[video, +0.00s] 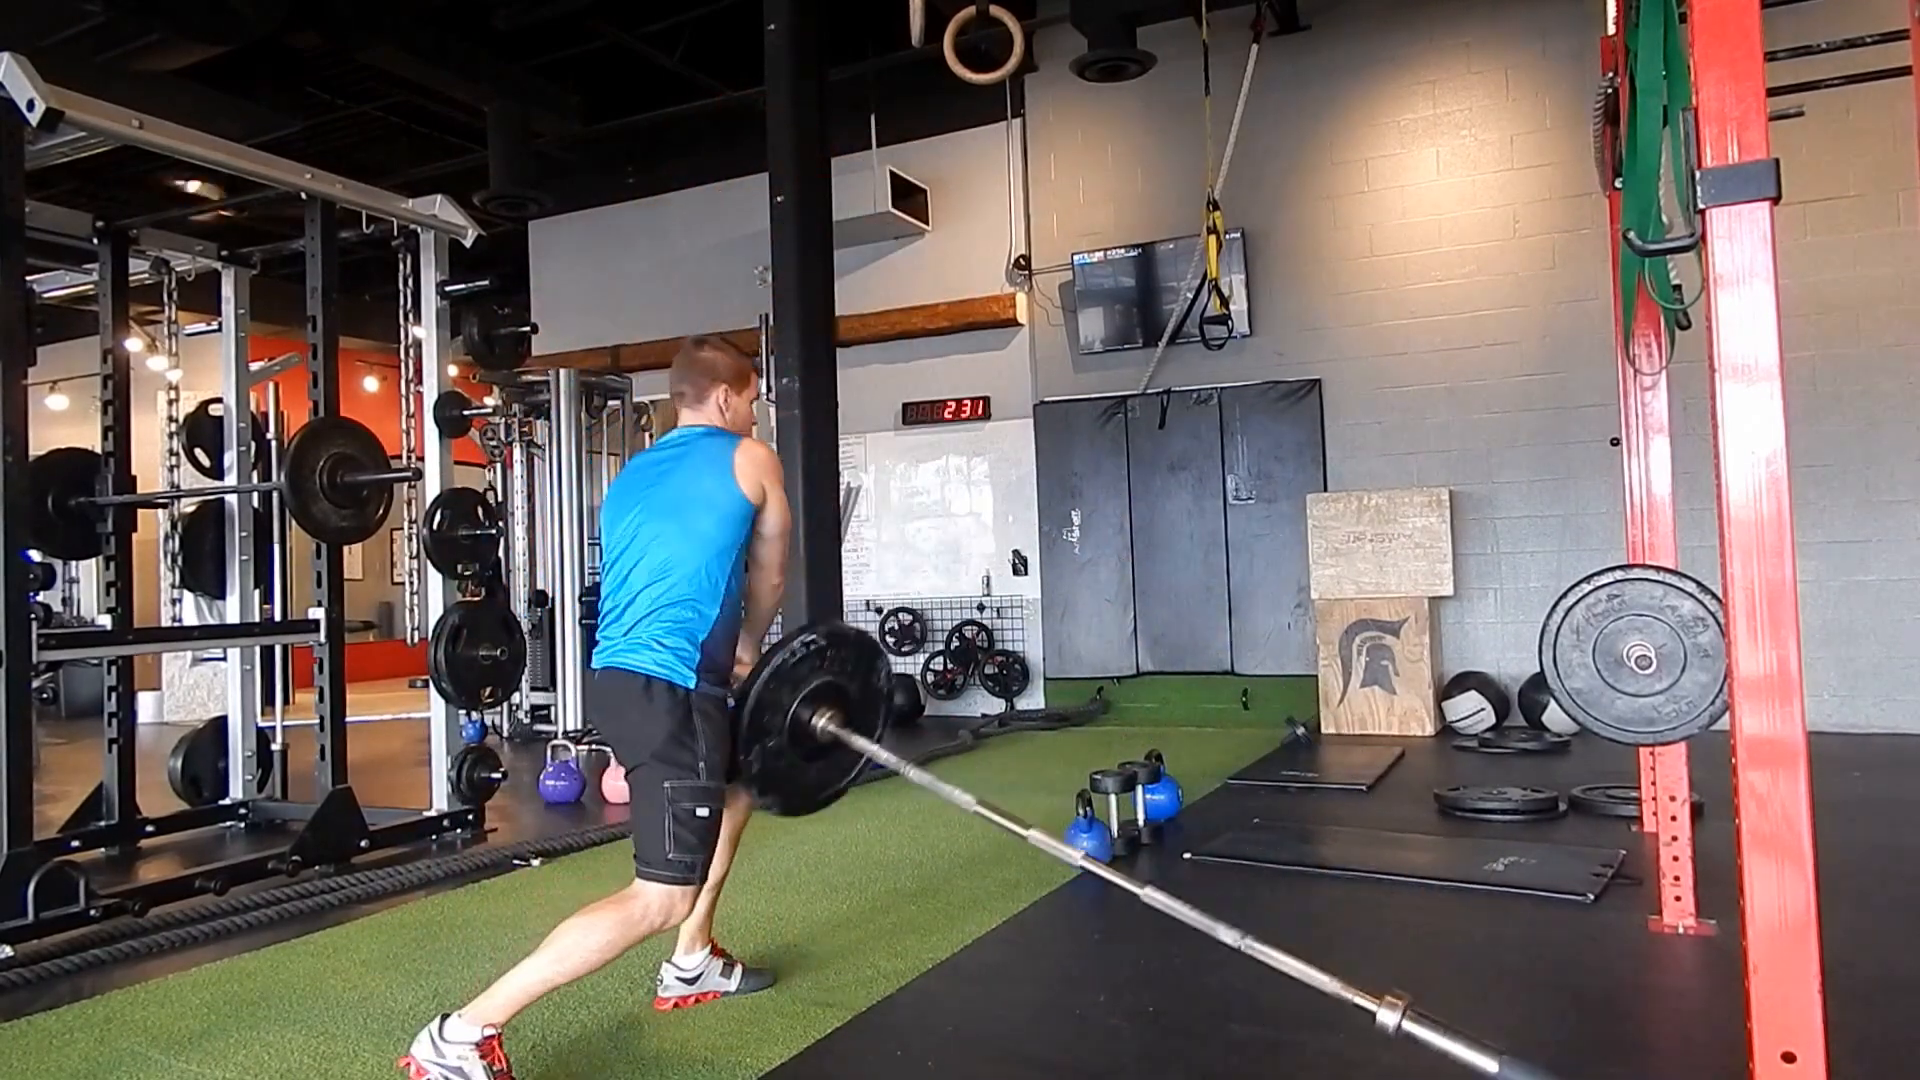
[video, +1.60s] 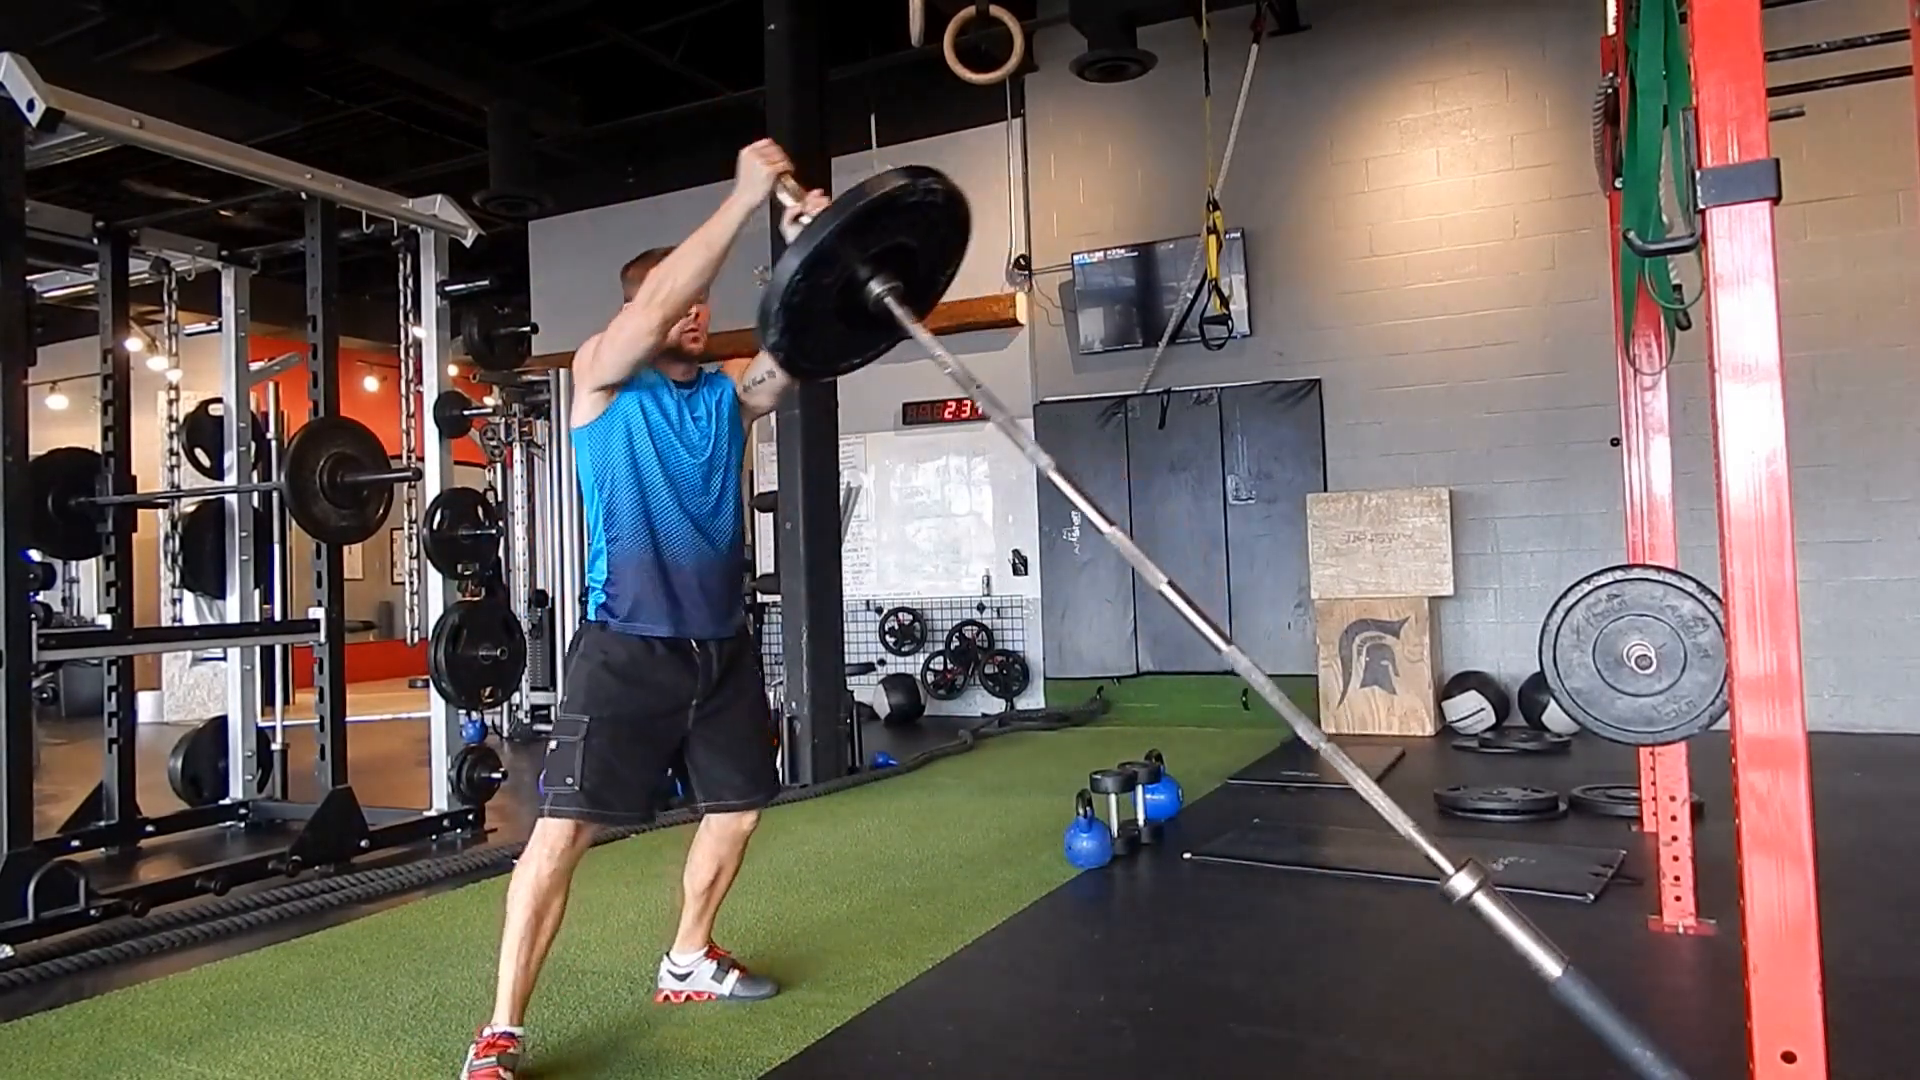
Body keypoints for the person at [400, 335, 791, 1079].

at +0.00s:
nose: (753, 413)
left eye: (752, 401)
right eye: (750, 401)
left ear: (681, 400)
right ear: (726, 399)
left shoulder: (628, 475)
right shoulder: (751, 458)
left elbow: (631, 586)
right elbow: (767, 584)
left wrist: (722, 649)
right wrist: (746, 643)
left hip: (613, 679)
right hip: (668, 688)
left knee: (736, 788)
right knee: (662, 895)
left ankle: (693, 959)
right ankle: (464, 1030)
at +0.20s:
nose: (762, 427)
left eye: (761, 414)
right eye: (758, 414)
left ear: (687, 418)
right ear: (733, 415)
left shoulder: (629, 489)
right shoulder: (764, 483)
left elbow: (618, 595)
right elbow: (754, 608)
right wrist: (724, 681)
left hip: (608, 691)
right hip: (664, 700)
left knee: (714, 800)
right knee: (668, 914)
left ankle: (692, 962)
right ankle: (457, 1034)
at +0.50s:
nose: (718, 364)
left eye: (717, 351)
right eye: (711, 350)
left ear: (650, 352)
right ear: (672, 347)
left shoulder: (615, 427)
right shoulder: (690, 404)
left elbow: (669, 555)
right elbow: (775, 506)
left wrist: (766, 556)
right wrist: (757, 543)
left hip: (662, 660)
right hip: (637, 664)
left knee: (729, 781)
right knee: (641, 862)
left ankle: (690, 961)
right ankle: (459, 1033)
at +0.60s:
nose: (708, 333)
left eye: (705, 320)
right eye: (697, 317)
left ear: (645, 324)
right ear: (649, 319)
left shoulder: (651, 408)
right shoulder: (640, 371)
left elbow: (711, 510)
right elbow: (770, 428)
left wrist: (814, 469)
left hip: (678, 645)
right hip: (624, 645)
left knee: (727, 788)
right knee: (613, 839)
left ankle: (688, 960)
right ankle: (479, 1029)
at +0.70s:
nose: (702, 316)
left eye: (700, 304)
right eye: (688, 302)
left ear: (654, 309)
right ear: (640, 307)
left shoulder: (677, 401)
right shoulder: (613, 359)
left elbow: (759, 454)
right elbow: (750, 359)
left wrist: (840, 388)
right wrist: (825, 333)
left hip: (688, 633)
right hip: (619, 630)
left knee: (728, 787)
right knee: (595, 824)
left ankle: (684, 961)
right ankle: (498, 1024)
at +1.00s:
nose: (721, 288)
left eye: (720, 279)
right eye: (705, 278)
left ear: (708, 296)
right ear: (657, 296)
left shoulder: (728, 371)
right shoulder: (630, 349)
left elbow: (809, 320)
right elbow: (738, 288)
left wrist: (877, 239)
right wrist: (848, 201)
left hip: (712, 634)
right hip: (627, 633)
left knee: (728, 788)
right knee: (576, 823)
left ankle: (687, 959)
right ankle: (507, 1027)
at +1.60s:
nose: (696, 311)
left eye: (699, 299)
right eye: (678, 299)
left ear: (707, 312)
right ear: (634, 311)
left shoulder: (729, 393)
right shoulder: (598, 385)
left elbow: (809, 343)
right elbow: (661, 299)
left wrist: (817, 239)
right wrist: (742, 198)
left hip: (724, 651)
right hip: (624, 651)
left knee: (737, 805)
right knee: (564, 829)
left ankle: (687, 962)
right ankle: (503, 1027)